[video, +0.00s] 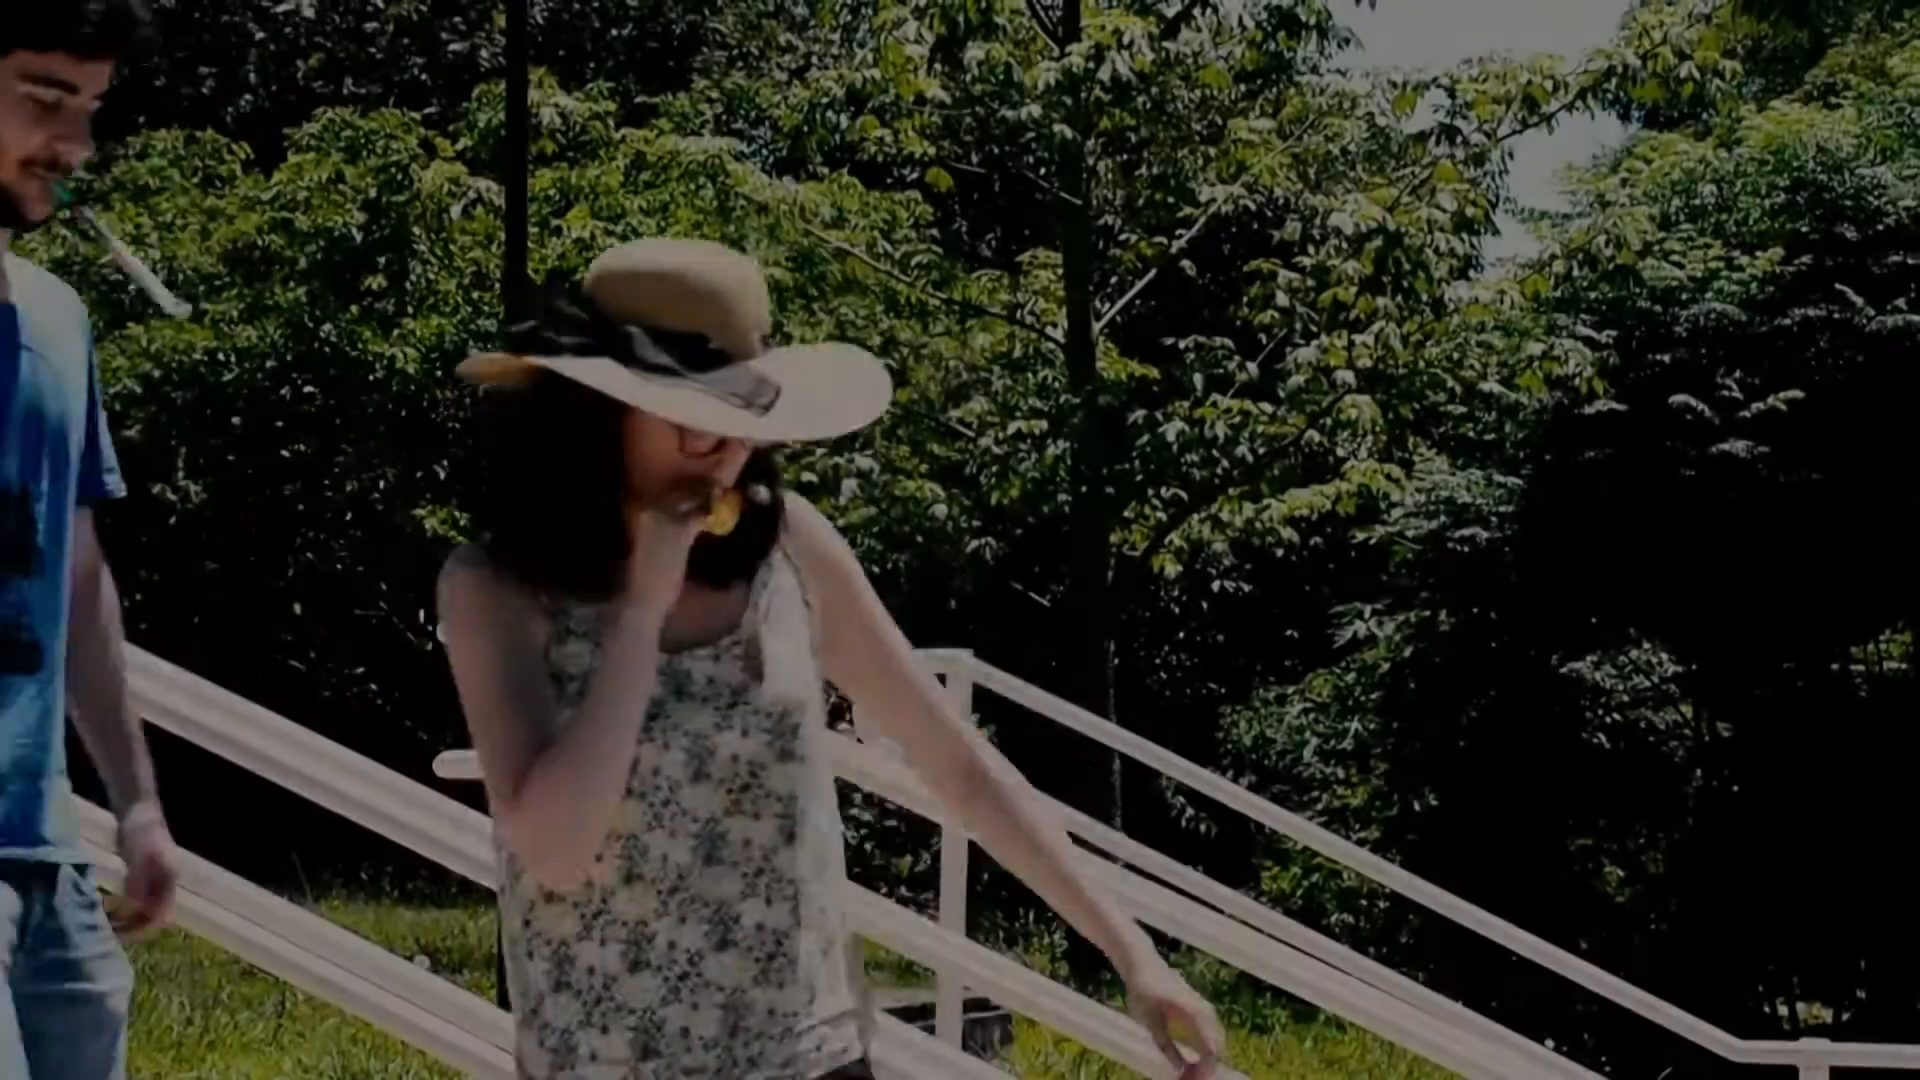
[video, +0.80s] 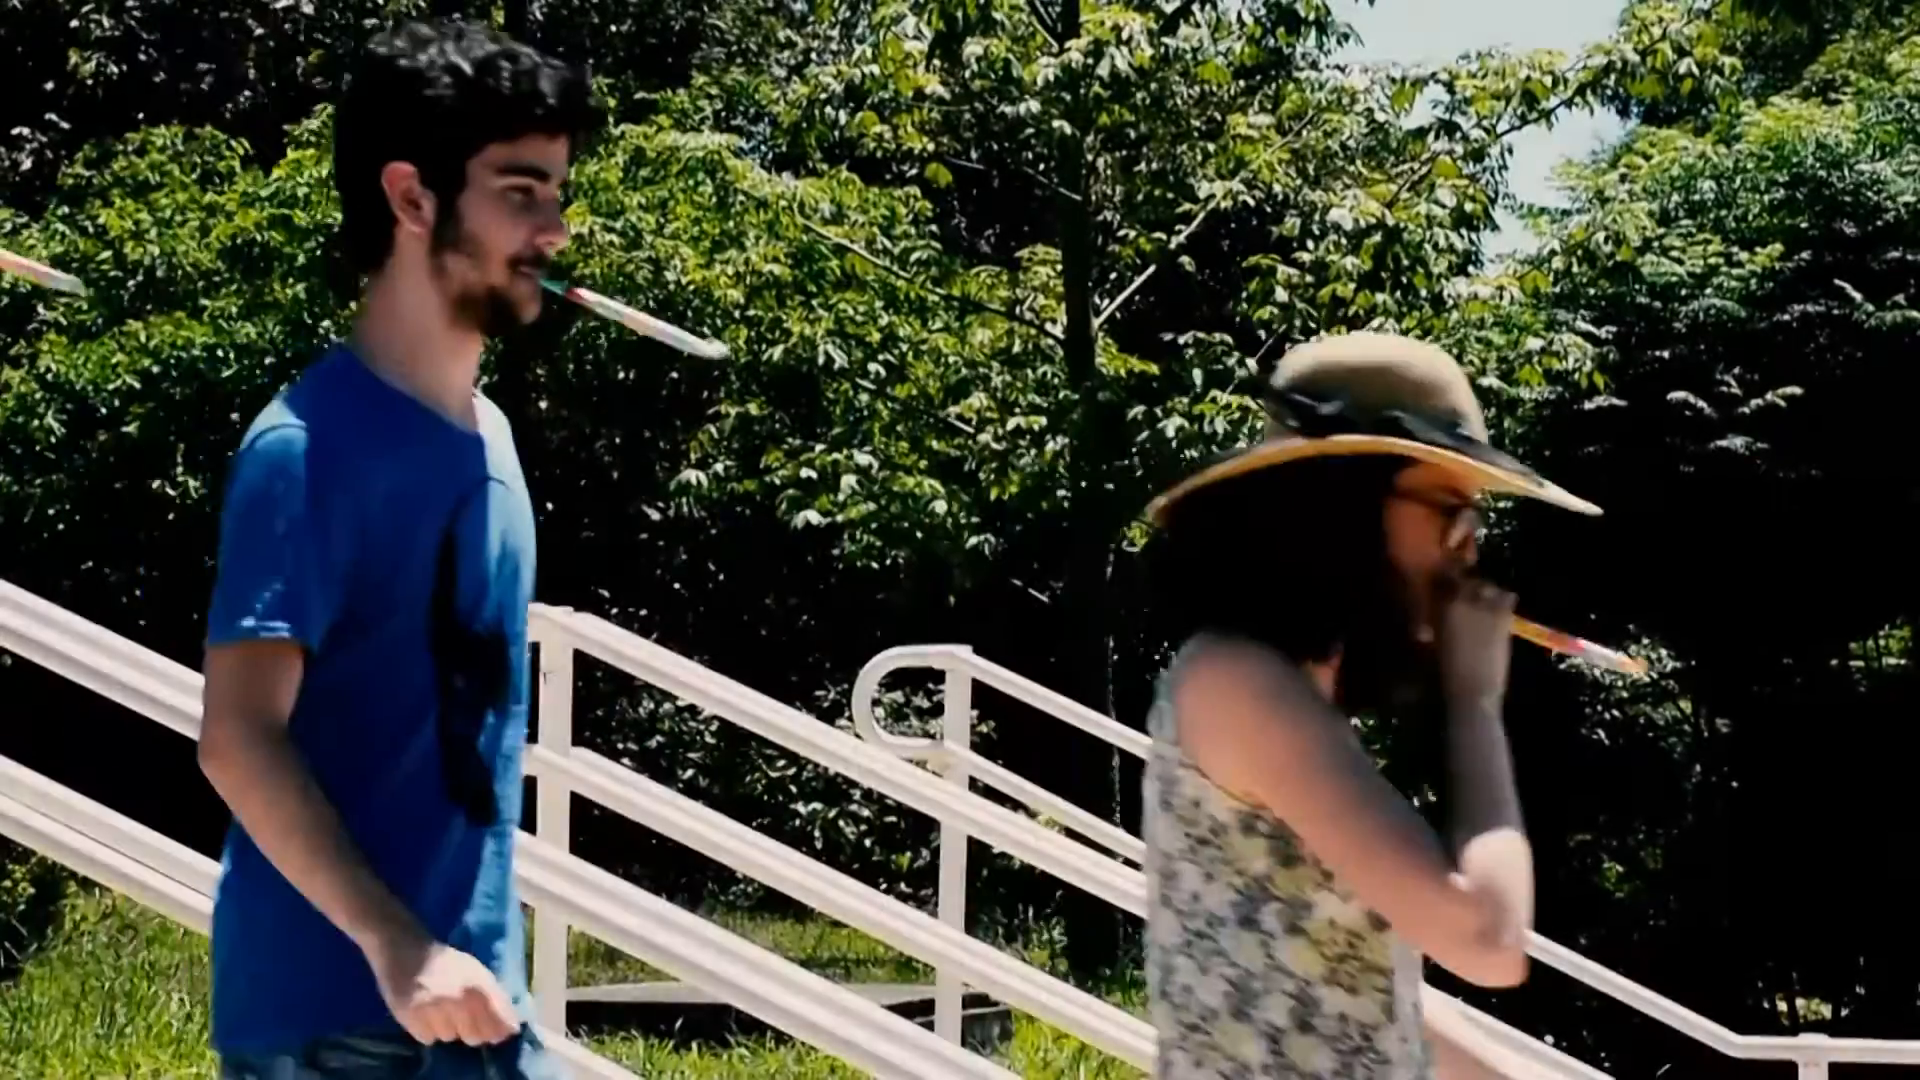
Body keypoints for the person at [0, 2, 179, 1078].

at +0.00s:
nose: (72, 144)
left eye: (89, 112)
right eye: (42, 99)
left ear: (98, 122)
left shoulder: (57, 318)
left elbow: (78, 576)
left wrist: (135, 798)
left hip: (43, 858)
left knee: (90, 1031)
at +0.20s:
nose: (190, 103)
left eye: (204, 71)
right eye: (159, 58)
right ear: (51, 48)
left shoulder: (161, 282)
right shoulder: (18, 262)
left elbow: (182, 536)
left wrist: (293, 715)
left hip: (146, 815)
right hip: (34, 815)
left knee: (133, 1055)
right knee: (122, 1062)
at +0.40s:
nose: (292, 184)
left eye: (300, 151)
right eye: (259, 141)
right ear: (148, 140)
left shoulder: (227, 382)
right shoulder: (38, 385)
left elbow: (250, 642)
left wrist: (361, 818)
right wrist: (20, 913)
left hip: (248, 948)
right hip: (116, 970)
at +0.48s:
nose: (341, 224)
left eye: (342, 191)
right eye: (305, 183)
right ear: (195, 183)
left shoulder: (268, 430)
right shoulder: (92, 430)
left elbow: (270, 710)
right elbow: (34, 719)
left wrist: (350, 904)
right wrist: (109, 962)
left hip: (303, 1007)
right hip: (168, 1018)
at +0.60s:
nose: (411, 240)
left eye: (414, 207)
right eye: (379, 200)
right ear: (269, 199)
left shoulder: (338, 439)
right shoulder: (163, 452)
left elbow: (309, 721)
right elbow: (131, 738)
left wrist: (357, 965)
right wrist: (242, 978)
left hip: (357, 1007)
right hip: (210, 1031)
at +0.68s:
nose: (467, 215)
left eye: (471, 184)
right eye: (435, 178)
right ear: (325, 179)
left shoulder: (394, 412)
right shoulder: (220, 433)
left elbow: (356, 696)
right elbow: (184, 714)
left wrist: (398, 940)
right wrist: (311, 940)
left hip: (402, 970)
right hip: (250, 999)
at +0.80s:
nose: (555, 233)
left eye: (558, 198)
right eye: (520, 193)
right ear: (409, 196)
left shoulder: (482, 428)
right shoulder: (303, 450)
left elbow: (447, 706)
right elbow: (238, 734)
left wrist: (486, 954)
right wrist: (401, 945)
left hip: (478, 988)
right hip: (326, 1010)